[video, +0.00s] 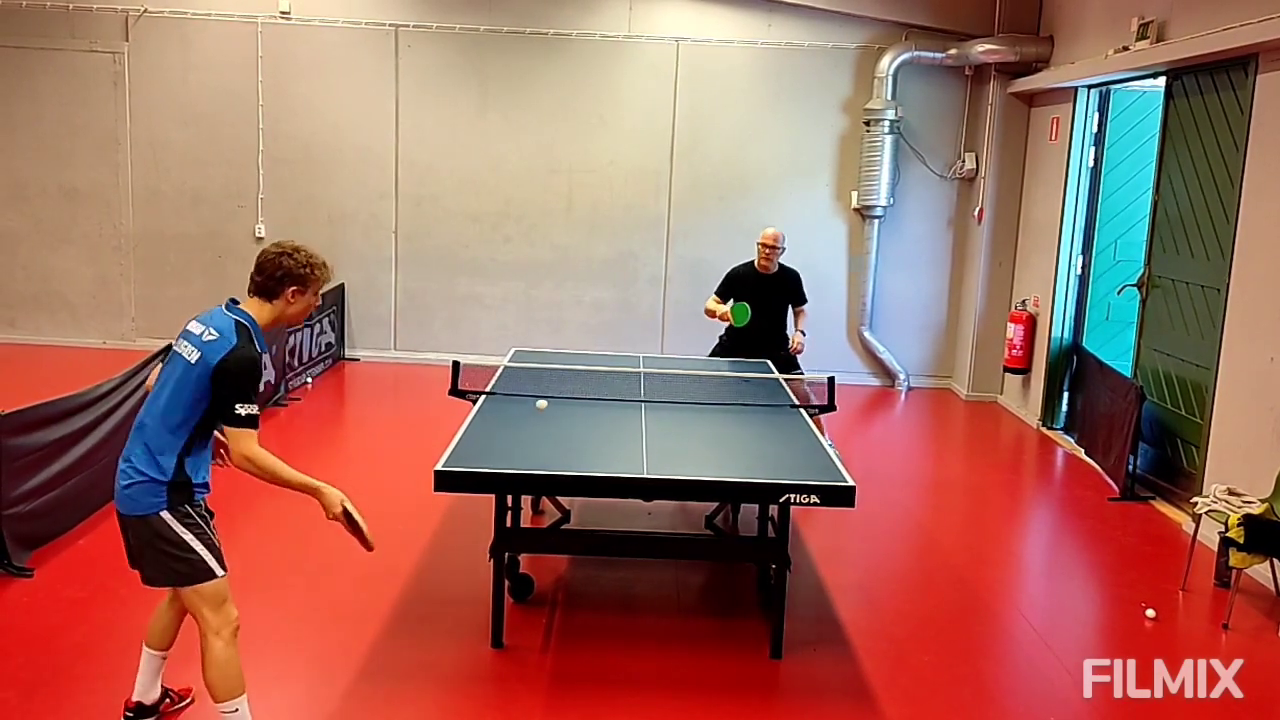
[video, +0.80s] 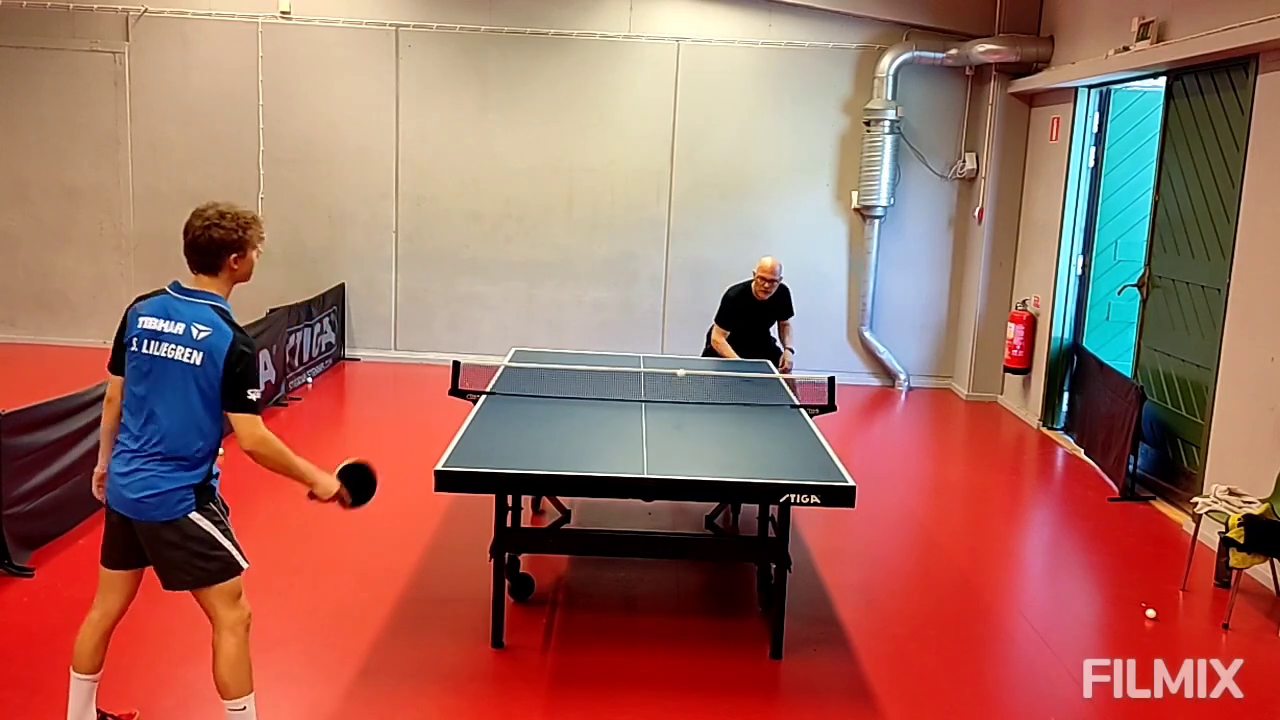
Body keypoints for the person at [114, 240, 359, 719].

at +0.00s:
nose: (311, 308)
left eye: (314, 299)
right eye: (312, 298)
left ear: (264, 286)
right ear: (291, 294)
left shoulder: (213, 319)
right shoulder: (243, 351)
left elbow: (157, 382)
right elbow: (243, 453)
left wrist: (206, 431)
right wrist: (318, 489)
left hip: (145, 484)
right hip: (165, 496)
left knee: (181, 594)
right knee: (220, 621)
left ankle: (145, 699)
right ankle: (239, 717)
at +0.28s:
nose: (339, 320)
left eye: (341, 311)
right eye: (337, 310)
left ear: (291, 301)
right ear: (310, 310)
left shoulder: (212, 323)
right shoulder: (286, 380)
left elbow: (139, 378)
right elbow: (318, 460)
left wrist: (135, 447)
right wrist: (390, 461)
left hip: (129, 491)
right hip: (175, 504)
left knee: (161, 592)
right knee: (249, 618)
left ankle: (143, 700)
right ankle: (249, 718)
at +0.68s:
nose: (288, 269)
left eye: (288, 260)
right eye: (286, 261)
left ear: (228, 260)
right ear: (268, 270)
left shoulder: (168, 311)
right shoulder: (261, 348)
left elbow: (117, 385)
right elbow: (293, 443)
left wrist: (87, 452)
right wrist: (351, 438)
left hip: (139, 487)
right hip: (192, 500)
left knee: (125, 605)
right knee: (250, 616)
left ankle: (83, 713)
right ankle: (247, 718)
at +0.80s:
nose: (256, 260)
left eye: (256, 251)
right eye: (254, 252)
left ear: (192, 255)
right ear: (235, 262)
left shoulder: (141, 311)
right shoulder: (232, 342)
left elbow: (115, 397)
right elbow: (253, 439)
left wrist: (105, 460)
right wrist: (314, 478)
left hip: (122, 489)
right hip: (179, 499)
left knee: (105, 608)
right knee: (232, 617)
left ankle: (79, 714)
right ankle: (244, 717)